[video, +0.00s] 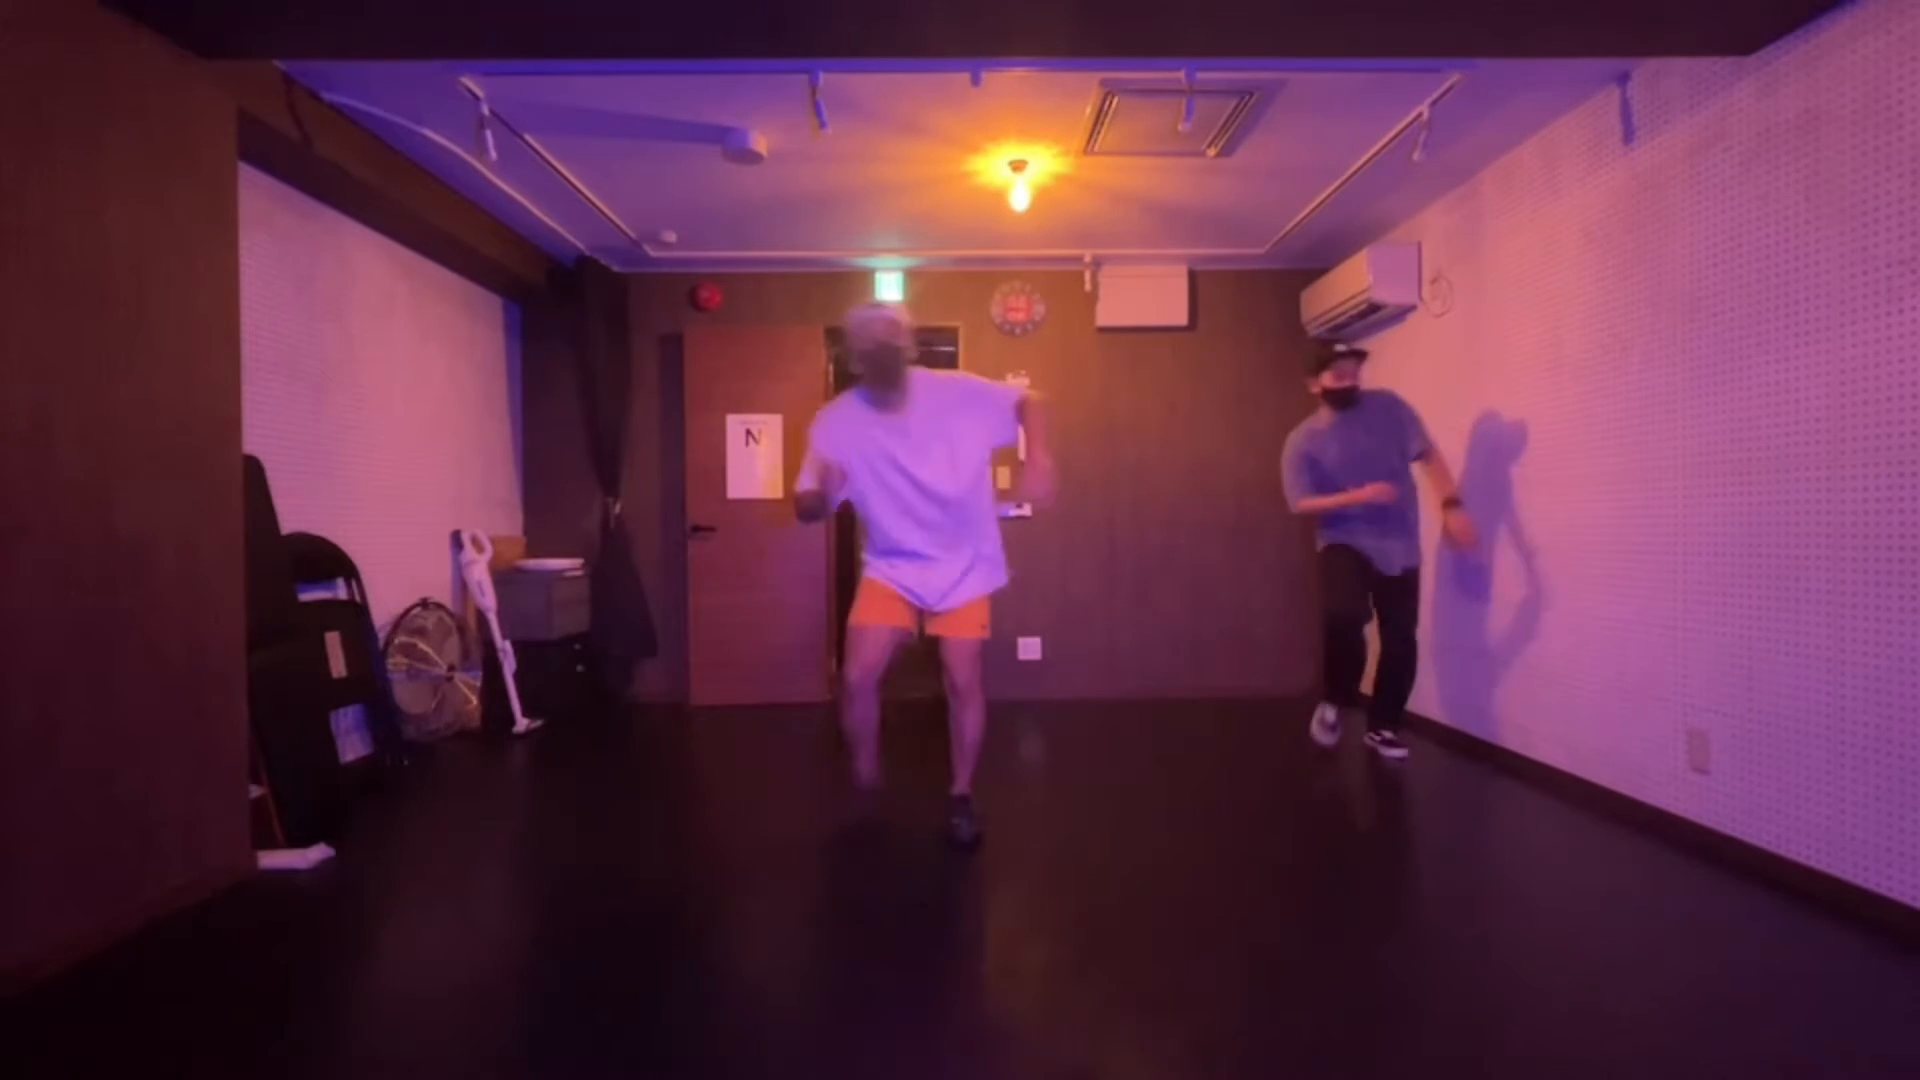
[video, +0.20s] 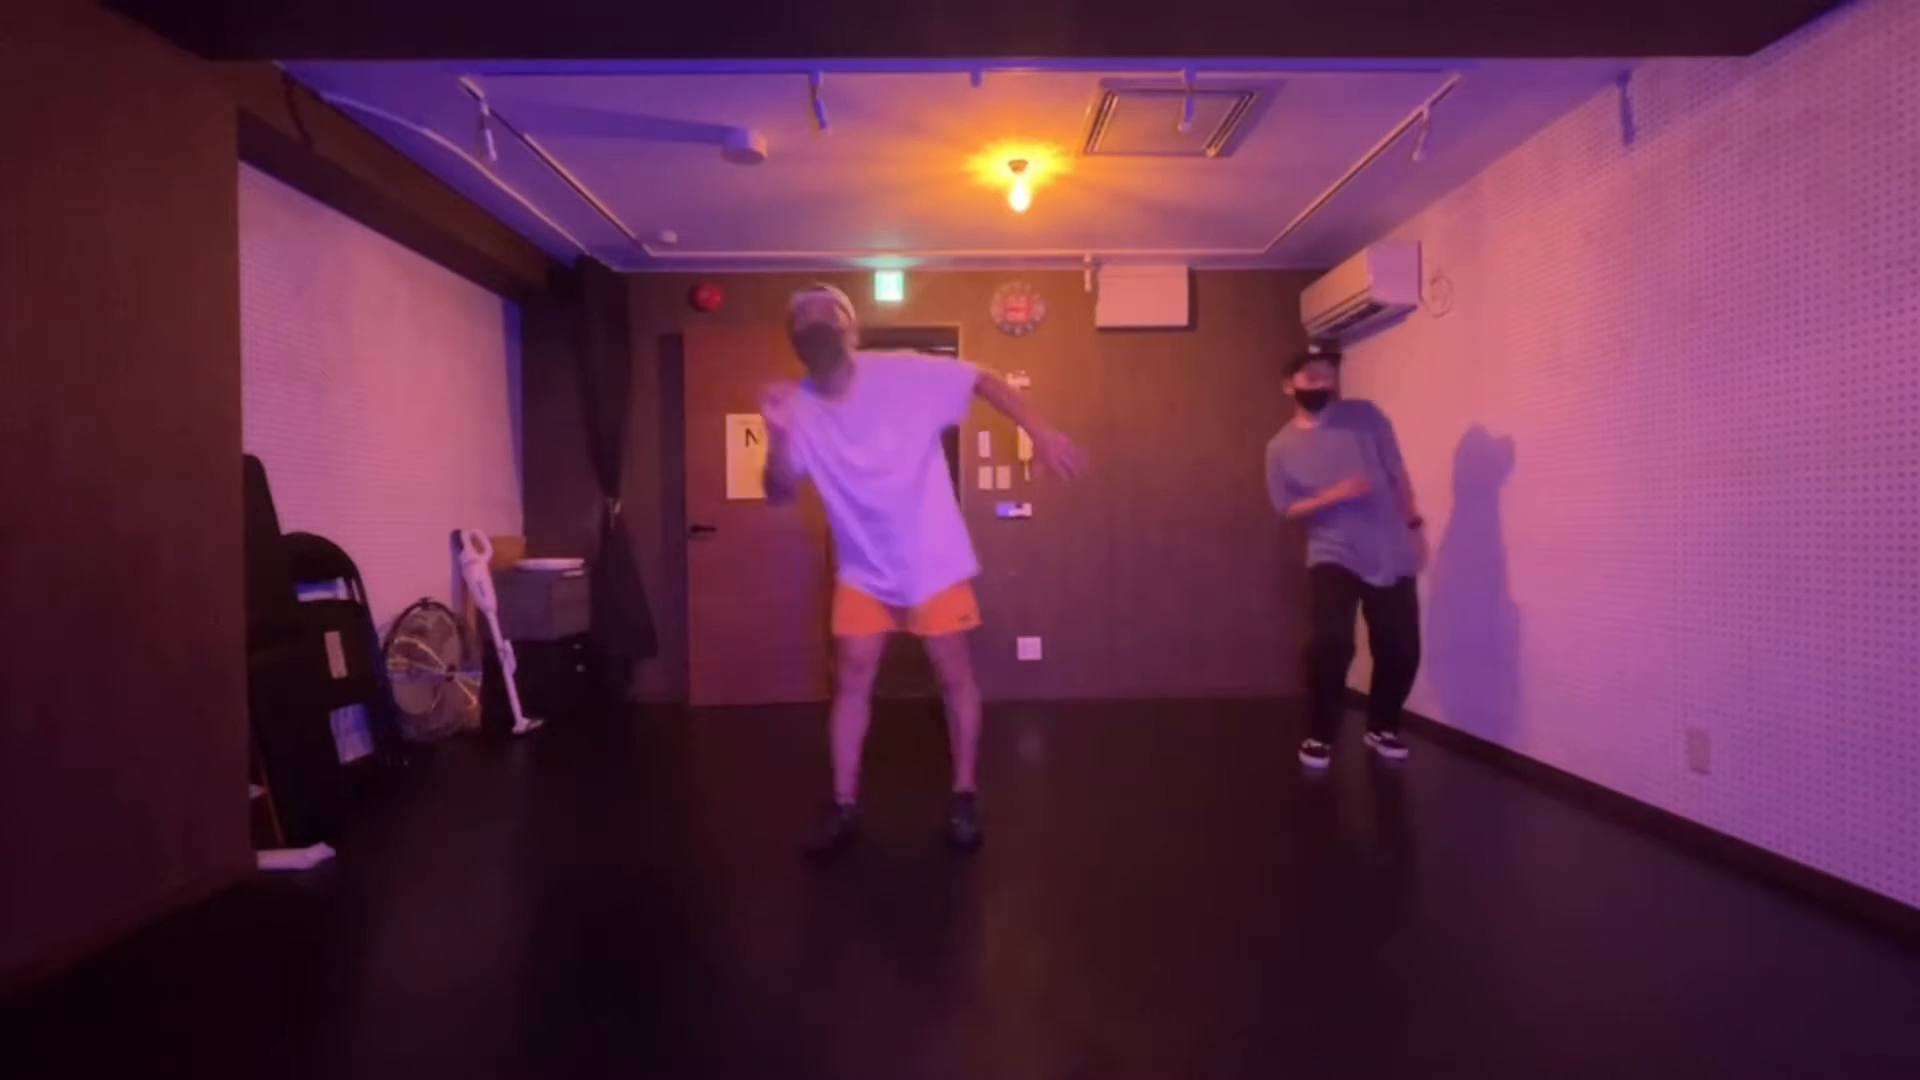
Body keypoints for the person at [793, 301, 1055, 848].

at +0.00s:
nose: (882, 363)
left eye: (890, 351)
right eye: (870, 354)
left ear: (909, 348)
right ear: (852, 360)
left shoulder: (955, 392)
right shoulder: (837, 421)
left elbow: (1029, 404)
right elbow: (807, 507)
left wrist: (1038, 465)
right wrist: (823, 492)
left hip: (962, 565)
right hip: (889, 567)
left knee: (963, 682)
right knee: (857, 676)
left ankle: (961, 797)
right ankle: (867, 794)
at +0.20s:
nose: (819, 330)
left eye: (830, 319)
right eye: (806, 325)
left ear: (853, 329)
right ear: (794, 343)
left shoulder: (902, 372)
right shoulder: (799, 407)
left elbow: (983, 381)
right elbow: (779, 491)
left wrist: (1040, 432)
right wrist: (779, 434)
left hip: (932, 556)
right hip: (862, 563)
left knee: (953, 673)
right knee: (853, 676)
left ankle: (964, 796)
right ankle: (845, 805)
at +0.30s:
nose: (814, 316)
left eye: (825, 306)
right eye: (800, 310)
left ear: (847, 320)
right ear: (788, 328)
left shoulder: (889, 363)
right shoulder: (784, 394)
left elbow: (970, 363)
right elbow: (753, 467)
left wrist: (1022, 419)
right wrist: (760, 414)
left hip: (914, 550)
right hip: (844, 558)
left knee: (941, 666)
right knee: (846, 676)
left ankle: (964, 787)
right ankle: (842, 806)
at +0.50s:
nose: (817, 335)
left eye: (830, 327)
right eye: (806, 327)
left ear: (850, 339)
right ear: (790, 338)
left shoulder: (883, 381)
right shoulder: (764, 391)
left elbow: (960, 382)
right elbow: (692, 423)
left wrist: (943, 433)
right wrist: (701, 466)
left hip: (880, 556)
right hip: (807, 564)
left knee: (898, 668)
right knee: (809, 683)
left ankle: (921, 755)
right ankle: (840, 805)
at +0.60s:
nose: (814, 345)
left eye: (828, 335)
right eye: (804, 335)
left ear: (852, 347)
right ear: (791, 343)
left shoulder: (883, 396)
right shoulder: (762, 394)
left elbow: (959, 411)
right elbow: (690, 435)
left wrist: (918, 432)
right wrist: (678, 498)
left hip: (867, 563)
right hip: (792, 569)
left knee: (883, 677)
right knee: (799, 689)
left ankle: (866, 733)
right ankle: (840, 806)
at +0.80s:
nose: (817, 339)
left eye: (830, 332)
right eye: (807, 330)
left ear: (850, 348)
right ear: (792, 341)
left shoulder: (863, 412)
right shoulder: (756, 398)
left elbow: (893, 490)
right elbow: (708, 470)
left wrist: (870, 461)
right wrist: (666, 530)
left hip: (844, 577)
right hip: (773, 576)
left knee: (839, 694)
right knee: (797, 690)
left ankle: (788, 759)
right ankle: (839, 804)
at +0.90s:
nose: (810, 329)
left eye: (822, 322)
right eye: (800, 321)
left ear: (840, 338)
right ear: (783, 334)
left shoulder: (851, 403)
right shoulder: (746, 388)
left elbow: (878, 480)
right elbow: (696, 458)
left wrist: (849, 440)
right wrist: (649, 517)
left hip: (826, 562)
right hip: (761, 560)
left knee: (822, 678)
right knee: (790, 676)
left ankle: (776, 769)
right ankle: (819, 799)